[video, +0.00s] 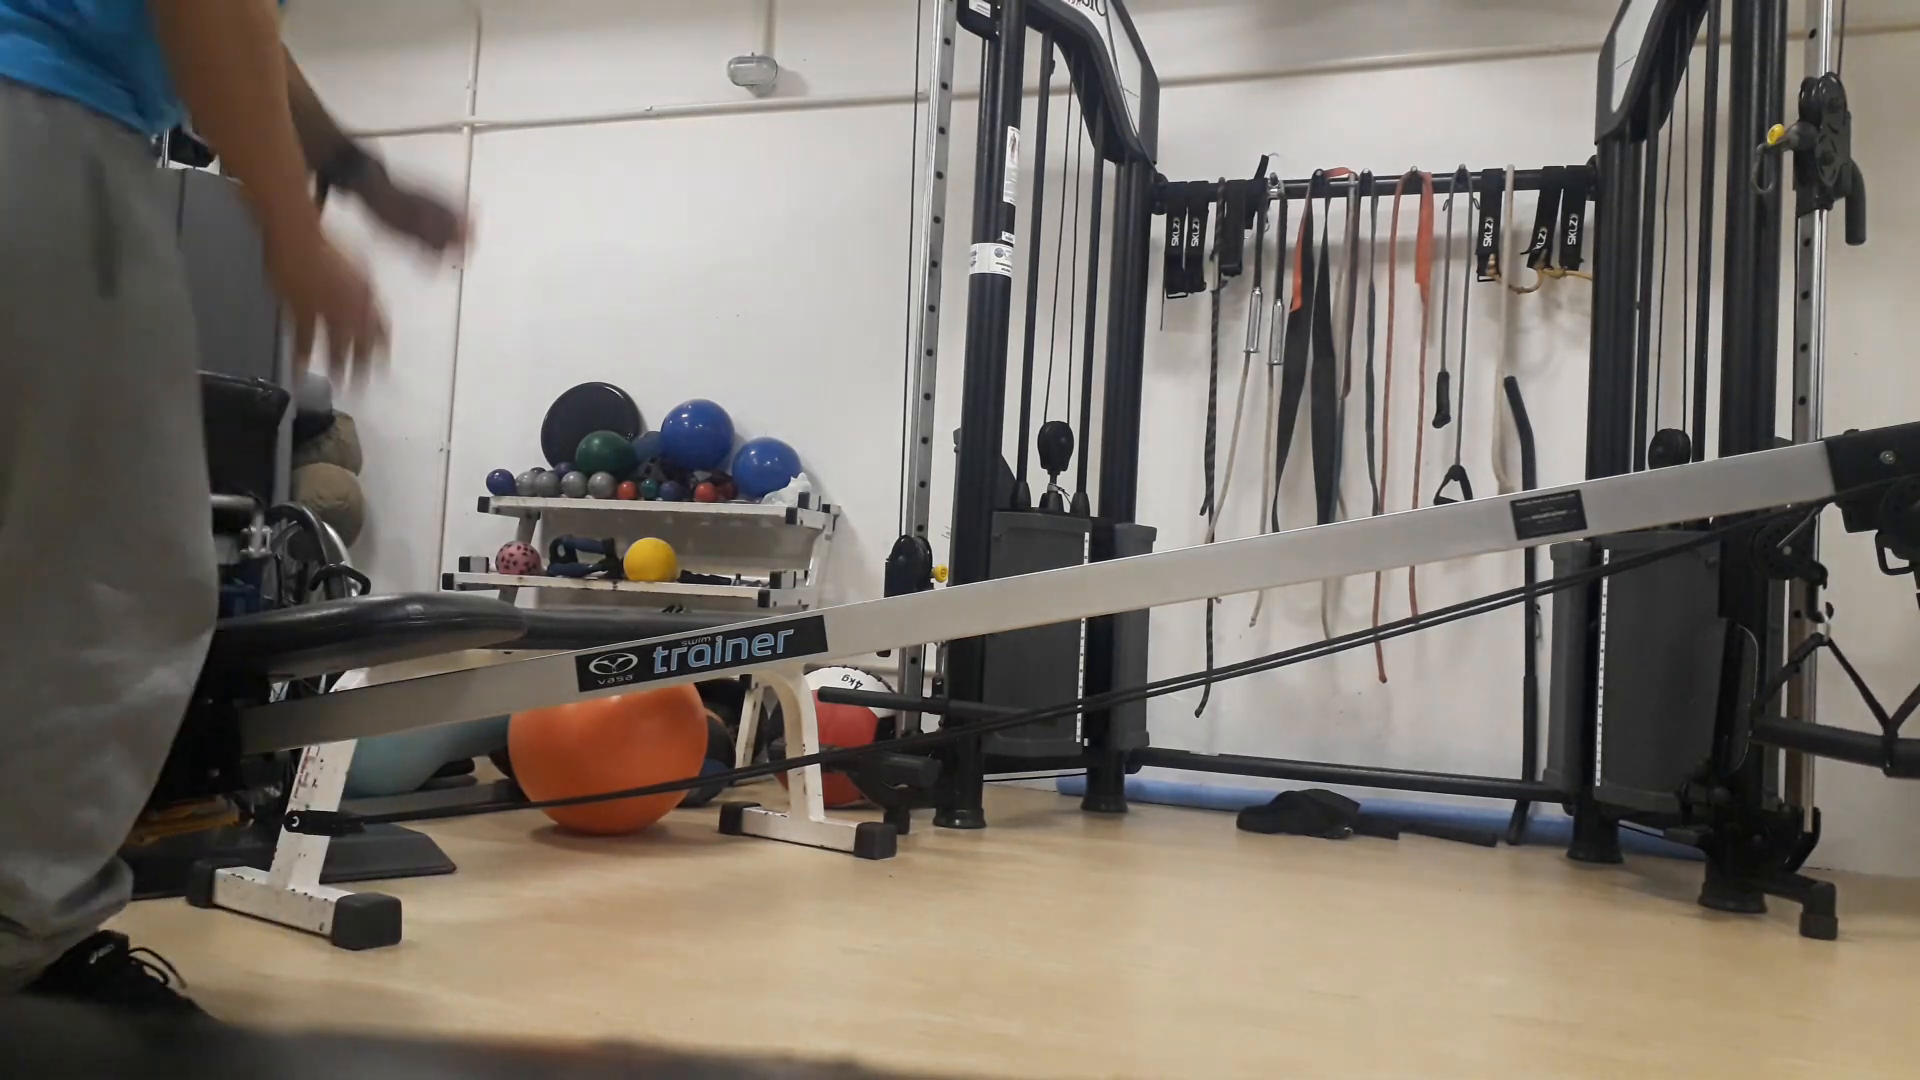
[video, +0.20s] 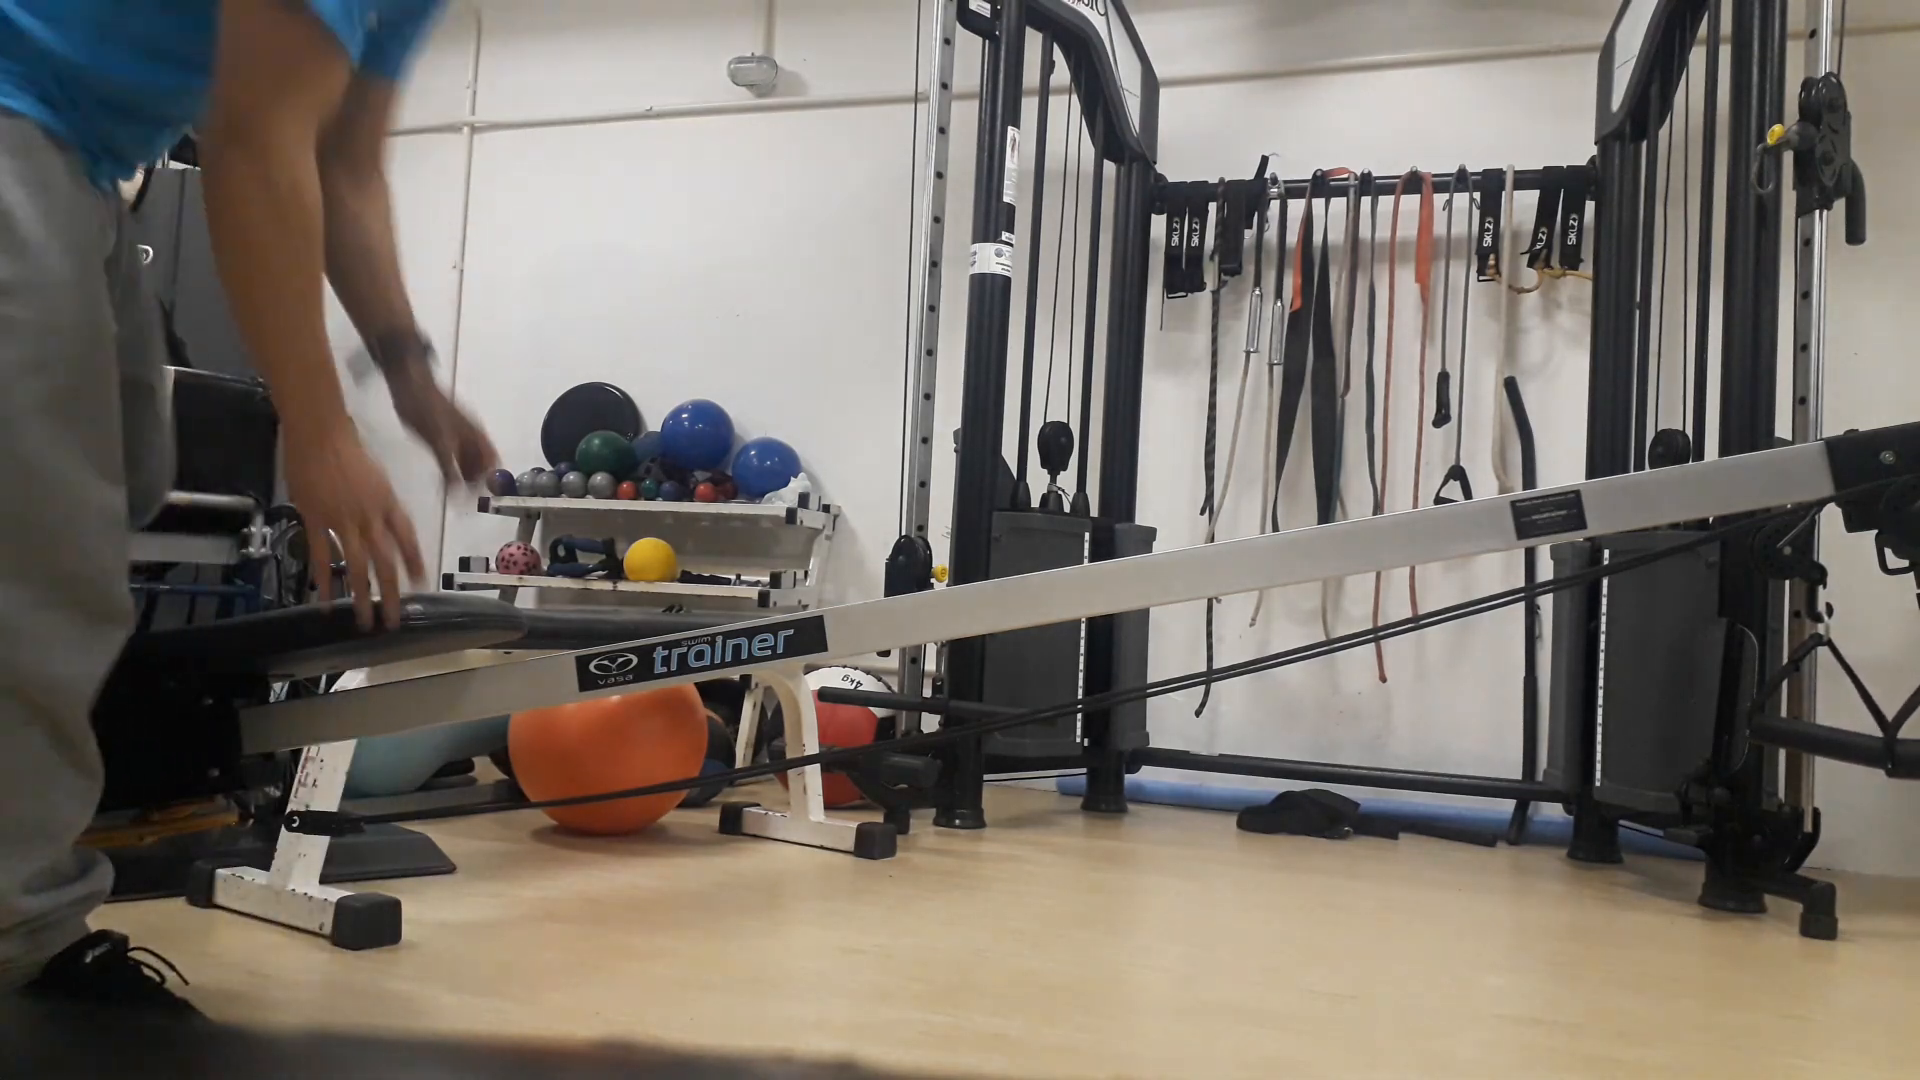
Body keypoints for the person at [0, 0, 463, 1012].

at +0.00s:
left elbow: (215, 14)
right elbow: (201, 5)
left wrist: (356, 169)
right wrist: (294, 227)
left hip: (65, 129)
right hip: (51, 129)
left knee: (80, 556)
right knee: (120, 571)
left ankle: (41, 926)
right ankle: (40, 935)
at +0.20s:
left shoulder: (401, 9)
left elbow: (349, 162)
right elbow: (254, 138)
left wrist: (409, 368)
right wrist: (318, 434)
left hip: (85, 161)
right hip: (22, 132)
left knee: (91, 530)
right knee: (54, 548)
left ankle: (34, 897)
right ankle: (30, 934)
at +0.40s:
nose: (529, 29)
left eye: (543, 27)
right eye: (545, 21)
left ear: (513, 4)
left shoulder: (455, 47)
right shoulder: (362, 8)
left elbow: (400, 285)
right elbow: (248, 261)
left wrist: (434, 511)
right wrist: (298, 540)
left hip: (149, 179)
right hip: (23, 153)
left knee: (270, 493)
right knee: (50, 562)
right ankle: (29, 936)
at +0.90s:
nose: (679, 202)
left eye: (695, 179)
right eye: (668, 162)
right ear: (564, 106)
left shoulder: (530, 261)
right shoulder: (349, 162)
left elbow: (384, 404)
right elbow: (138, 371)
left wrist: (416, 581)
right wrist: (299, 581)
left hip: (225, 365)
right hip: (43, 305)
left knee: (365, 575)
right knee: (79, 575)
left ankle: (211, 873)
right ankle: (24, 922)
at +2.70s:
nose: (810, 222)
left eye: (824, 200)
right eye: (801, 181)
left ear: (699, 141)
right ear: (697, 129)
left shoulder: (627, 278)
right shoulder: (488, 174)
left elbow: (496, 431)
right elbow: (294, 388)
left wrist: (579, 579)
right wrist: (500, 568)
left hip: (262, 345)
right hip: (106, 270)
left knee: (368, 626)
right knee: (186, 601)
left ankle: (162, 891)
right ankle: (26, 924)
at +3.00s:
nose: (867, 149)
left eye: (884, 128)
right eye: (857, 109)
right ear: (756, 63)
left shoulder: (696, 234)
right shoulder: (567, 120)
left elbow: (636, 425)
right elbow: (482, 400)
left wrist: (759, 540)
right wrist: (723, 532)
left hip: (331, 358)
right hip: (173, 267)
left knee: (394, 647)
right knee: (210, 607)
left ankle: (165, 891)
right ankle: (30, 928)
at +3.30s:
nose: (933, 99)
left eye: (950, 76)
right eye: (922, 59)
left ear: (831, 43)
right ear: (822, 16)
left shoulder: (771, 197)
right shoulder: (641, 86)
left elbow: (782, 408)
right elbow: (670, 377)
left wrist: (939, 512)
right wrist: (918, 504)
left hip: (390, 357)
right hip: (243, 259)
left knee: (399, 658)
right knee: (230, 628)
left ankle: (167, 884)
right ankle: (40, 922)